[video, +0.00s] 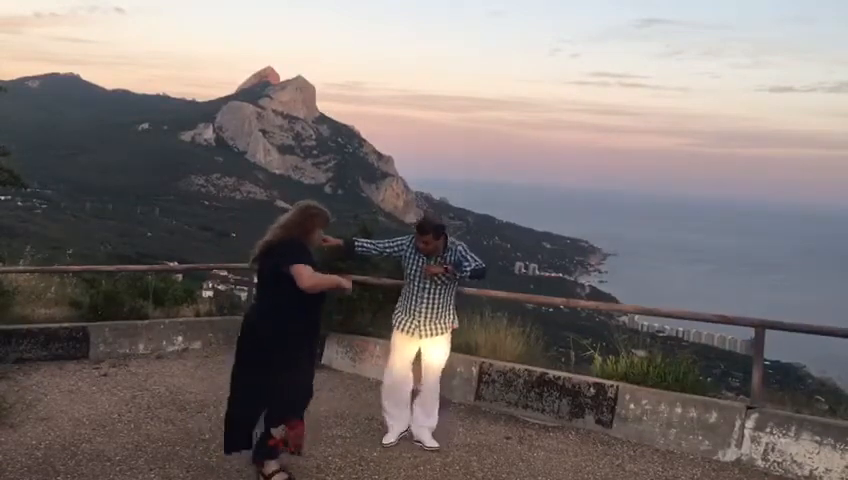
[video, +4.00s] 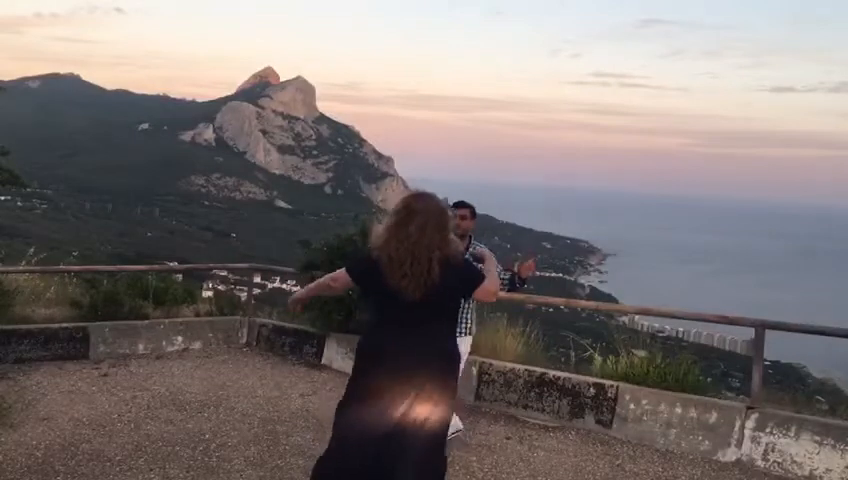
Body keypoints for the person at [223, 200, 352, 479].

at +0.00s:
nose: (322, 236)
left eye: (323, 232)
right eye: (320, 230)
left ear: (295, 222)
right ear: (307, 226)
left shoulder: (280, 247)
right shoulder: (291, 247)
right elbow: (306, 280)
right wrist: (338, 280)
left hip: (276, 333)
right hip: (281, 337)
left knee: (284, 393)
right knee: (285, 395)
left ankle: (269, 451)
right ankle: (266, 458)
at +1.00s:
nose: (346, 242)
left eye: (348, 237)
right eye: (343, 235)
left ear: (330, 234)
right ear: (326, 230)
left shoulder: (329, 266)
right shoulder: (298, 253)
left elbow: (335, 309)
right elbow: (294, 284)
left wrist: (358, 335)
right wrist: (332, 274)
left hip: (316, 352)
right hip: (283, 350)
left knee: (322, 412)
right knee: (290, 412)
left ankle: (295, 460)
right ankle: (285, 468)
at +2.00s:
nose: (379, 227)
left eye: (379, 221)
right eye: (375, 221)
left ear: (363, 224)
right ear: (357, 221)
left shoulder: (373, 263)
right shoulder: (332, 247)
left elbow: (384, 299)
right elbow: (316, 271)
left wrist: (411, 324)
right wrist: (353, 258)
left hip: (351, 351)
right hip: (316, 343)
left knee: (337, 407)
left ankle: (322, 465)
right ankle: (298, 466)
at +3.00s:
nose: (427, 222)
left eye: (425, 217)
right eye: (424, 218)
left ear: (385, 220)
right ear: (417, 222)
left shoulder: (374, 256)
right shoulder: (424, 257)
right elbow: (462, 286)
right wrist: (496, 271)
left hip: (368, 358)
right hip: (410, 363)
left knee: (365, 430)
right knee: (407, 439)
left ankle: (359, 472)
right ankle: (407, 468)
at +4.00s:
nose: (455, 227)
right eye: (451, 223)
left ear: (398, 224)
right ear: (443, 231)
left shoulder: (380, 260)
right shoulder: (455, 268)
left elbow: (335, 281)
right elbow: (490, 292)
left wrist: (304, 293)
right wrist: (490, 260)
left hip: (378, 370)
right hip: (433, 375)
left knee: (355, 450)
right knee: (421, 458)